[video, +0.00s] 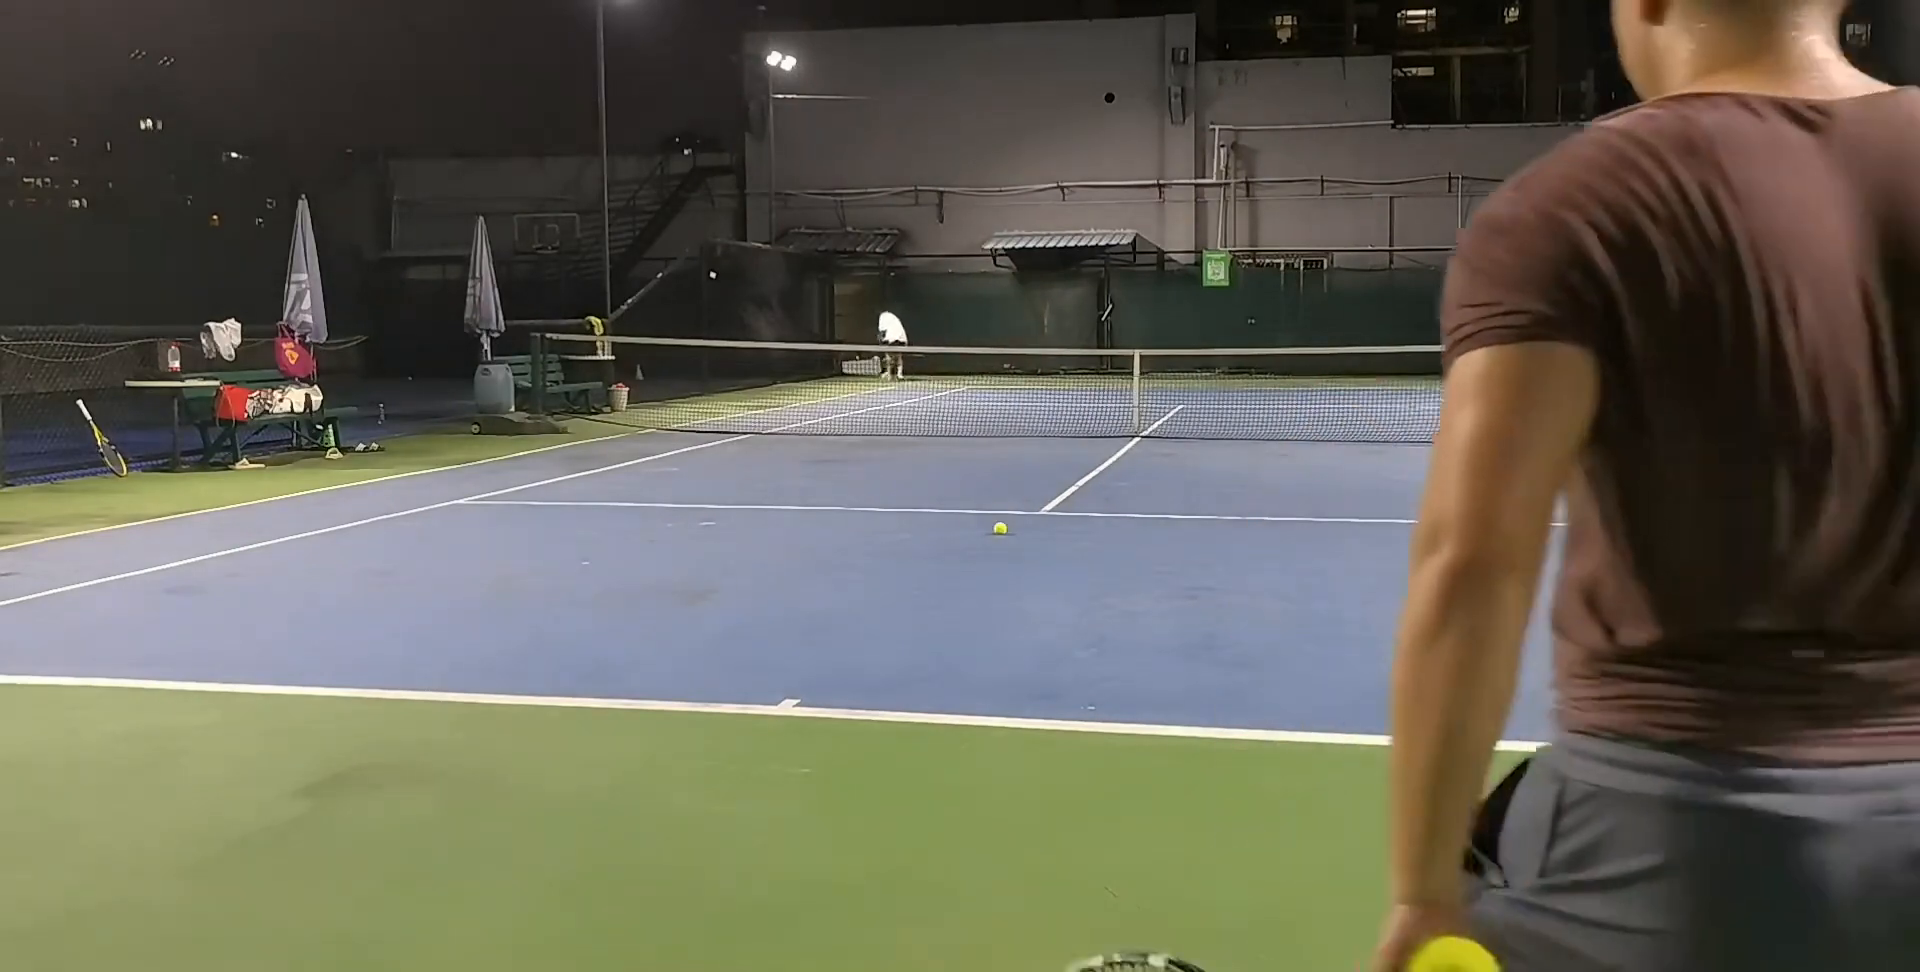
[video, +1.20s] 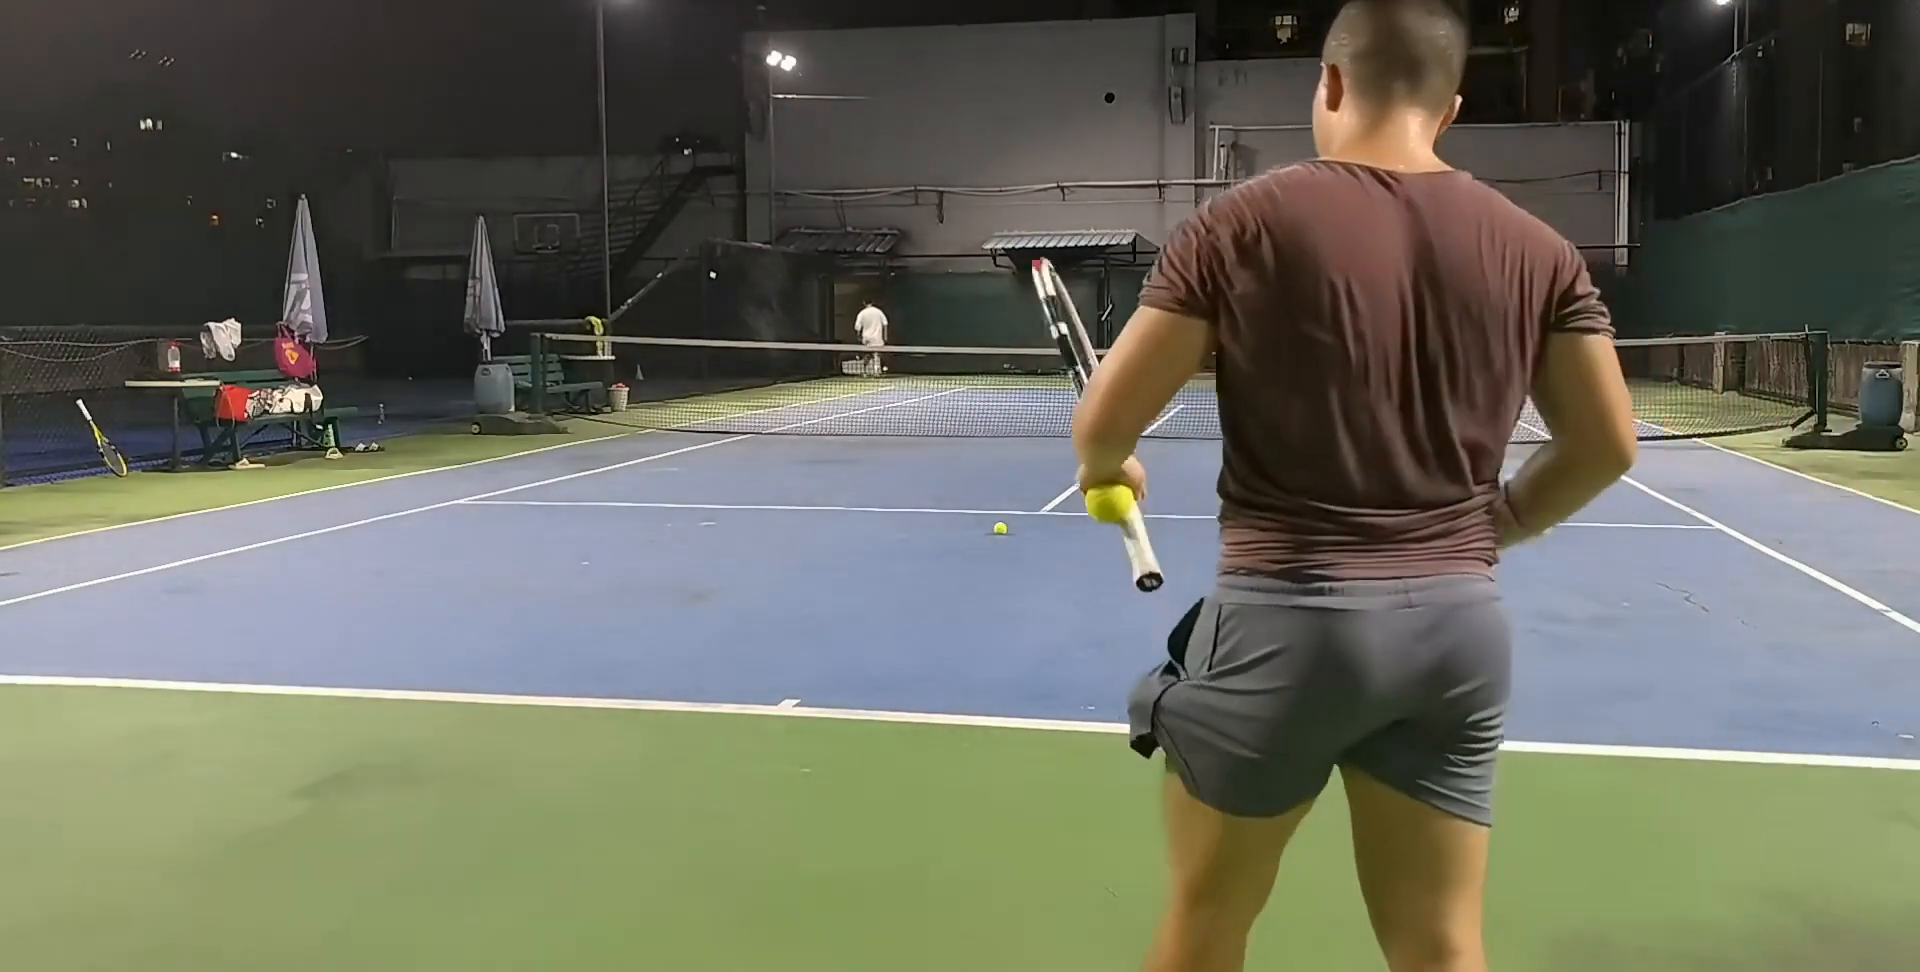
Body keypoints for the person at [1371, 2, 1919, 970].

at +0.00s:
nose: (1616, 23)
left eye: (1619, 3)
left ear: (1646, 0)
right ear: (1830, 6)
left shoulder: (1570, 206)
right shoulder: (1912, 148)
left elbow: (1475, 560)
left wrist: (1425, 890)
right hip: (1904, 812)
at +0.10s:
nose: (1535, 27)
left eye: (1534, 14)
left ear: (1555, 6)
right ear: (1740, 8)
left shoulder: (1481, 201)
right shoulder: (1898, 168)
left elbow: (1375, 544)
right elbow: (1900, 520)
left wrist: (1338, 840)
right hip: (1873, 777)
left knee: (1356, 935)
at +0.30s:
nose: (1437, 32)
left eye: (1439, 16)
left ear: (1448, 15)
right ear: (1623, 14)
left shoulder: (1366, 207)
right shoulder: (1791, 188)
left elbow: (1245, 524)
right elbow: (1908, 470)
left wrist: (1203, 757)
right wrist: (1805, 657)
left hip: (1463, 741)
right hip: (1713, 752)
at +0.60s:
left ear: (1412, 61)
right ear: (1569, 64)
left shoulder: (1294, 230)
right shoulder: (1677, 238)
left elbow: (1177, 488)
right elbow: (1771, 500)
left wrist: (1158, 663)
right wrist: (1646, 625)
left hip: (1371, 709)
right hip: (1591, 717)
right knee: (1540, 949)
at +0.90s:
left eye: (1399, 71)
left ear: (1410, 71)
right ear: (1549, 91)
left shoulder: (1301, 207)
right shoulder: (1622, 243)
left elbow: (1154, 423)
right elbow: (1697, 475)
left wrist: (1145, 557)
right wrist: (1585, 613)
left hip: (1326, 643)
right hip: (1519, 642)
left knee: (1267, 953)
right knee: (1483, 956)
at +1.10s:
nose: (1346, 94)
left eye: (1348, 74)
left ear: (1364, 73)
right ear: (1490, 96)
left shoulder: (1277, 207)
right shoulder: (1570, 241)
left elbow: (1124, 409)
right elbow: (1631, 455)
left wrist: (1113, 494)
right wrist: (1529, 568)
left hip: (1300, 622)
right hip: (1483, 624)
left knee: (1214, 906)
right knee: (1456, 943)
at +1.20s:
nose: (1316, 107)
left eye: (1317, 91)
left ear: (1331, 88)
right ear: (1449, 108)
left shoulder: (1244, 220)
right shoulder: (1532, 248)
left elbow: (1103, 420)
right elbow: (1604, 443)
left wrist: (1104, 473)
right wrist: (1492, 523)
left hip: (1280, 623)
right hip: (1455, 618)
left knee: (1206, 924)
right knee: (1443, 944)